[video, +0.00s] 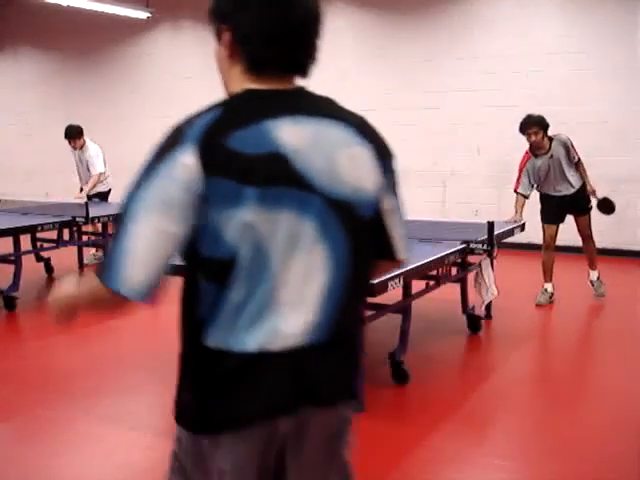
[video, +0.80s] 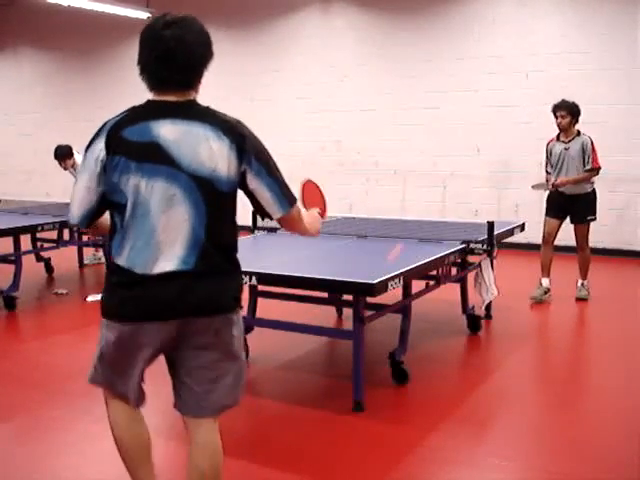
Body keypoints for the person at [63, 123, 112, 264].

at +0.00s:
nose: (72, 144)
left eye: (75, 141)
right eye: (70, 142)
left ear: (82, 138)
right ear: (68, 141)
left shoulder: (92, 151)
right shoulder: (75, 150)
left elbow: (97, 174)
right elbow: (80, 169)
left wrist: (86, 191)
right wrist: (81, 185)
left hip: (100, 188)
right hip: (88, 188)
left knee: (96, 221)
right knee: (92, 221)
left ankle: (100, 250)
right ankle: (98, 248)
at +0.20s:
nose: (69, 150)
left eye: (71, 146)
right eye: (67, 147)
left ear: (78, 142)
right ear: (65, 145)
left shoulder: (88, 155)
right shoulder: (76, 152)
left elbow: (87, 180)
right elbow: (80, 172)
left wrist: (74, 198)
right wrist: (84, 186)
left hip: (98, 188)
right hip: (91, 187)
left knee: (95, 218)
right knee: (91, 217)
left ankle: (98, 252)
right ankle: (95, 252)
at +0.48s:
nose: (69, 157)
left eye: (71, 153)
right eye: (67, 154)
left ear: (77, 150)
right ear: (64, 153)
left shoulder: (87, 160)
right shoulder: (72, 157)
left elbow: (88, 184)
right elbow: (76, 169)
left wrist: (72, 199)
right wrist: (75, 180)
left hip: (98, 192)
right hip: (88, 192)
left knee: (97, 222)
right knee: (93, 222)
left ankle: (100, 252)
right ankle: (97, 251)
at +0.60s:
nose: (68, 161)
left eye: (70, 157)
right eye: (65, 158)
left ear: (76, 154)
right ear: (63, 157)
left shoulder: (85, 165)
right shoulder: (69, 160)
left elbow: (91, 187)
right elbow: (76, 169)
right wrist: (76, 177)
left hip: (98, 187)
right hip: (89, 187)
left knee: (96, 220)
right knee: (93, 219)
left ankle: (99, 252)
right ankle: (97, 251)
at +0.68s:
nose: (67, 162)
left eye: (69, 158)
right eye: (64, 159)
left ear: (75, 155)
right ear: (61, 158)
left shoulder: (84, 167)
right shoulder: (73, 161)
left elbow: (91, 186)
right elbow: (77, 170)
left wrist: (91, 203)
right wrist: (76, 178)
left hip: (98, 191)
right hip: (90, 190)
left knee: (95, 223)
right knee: (94, 222)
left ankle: (99, 252)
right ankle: (97, 251)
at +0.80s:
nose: (62, 166)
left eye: (64, 162)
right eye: (60, 163)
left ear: (72, 157)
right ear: (59, 161)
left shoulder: (84, 169)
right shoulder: (73, 167)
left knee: (99, 223)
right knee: (94, 223)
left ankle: (99, 252)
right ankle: (97, 252)